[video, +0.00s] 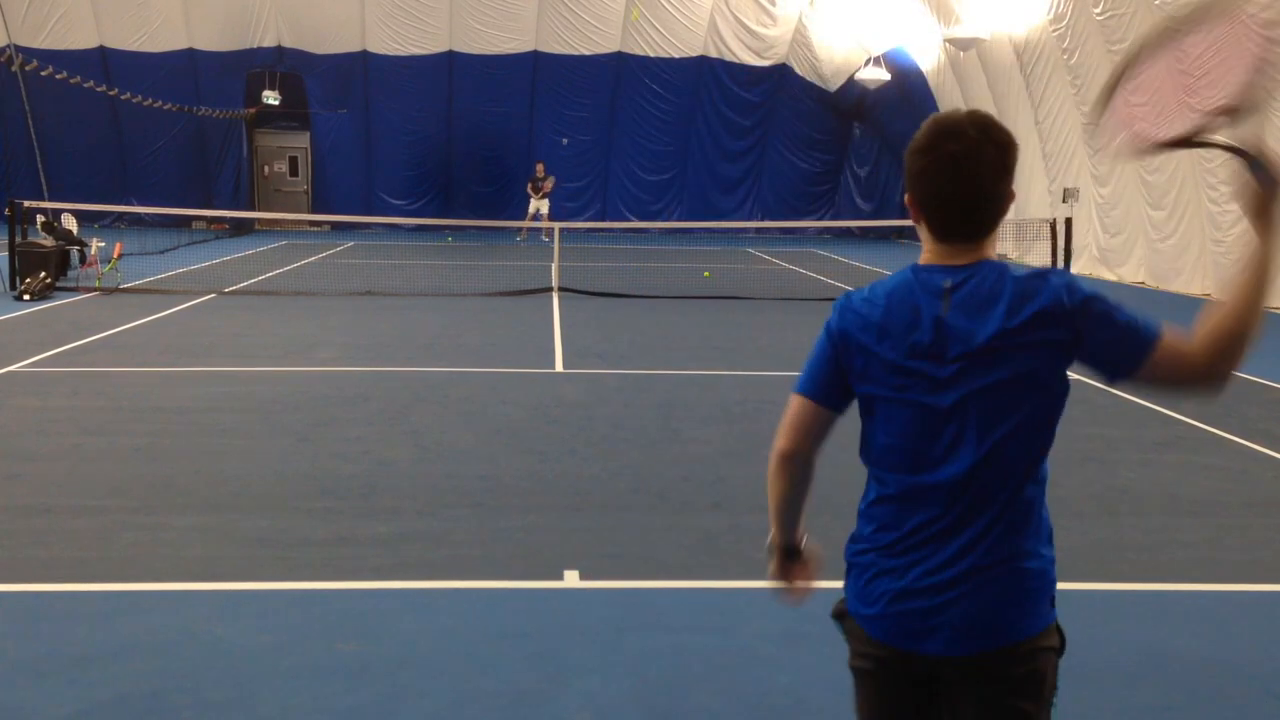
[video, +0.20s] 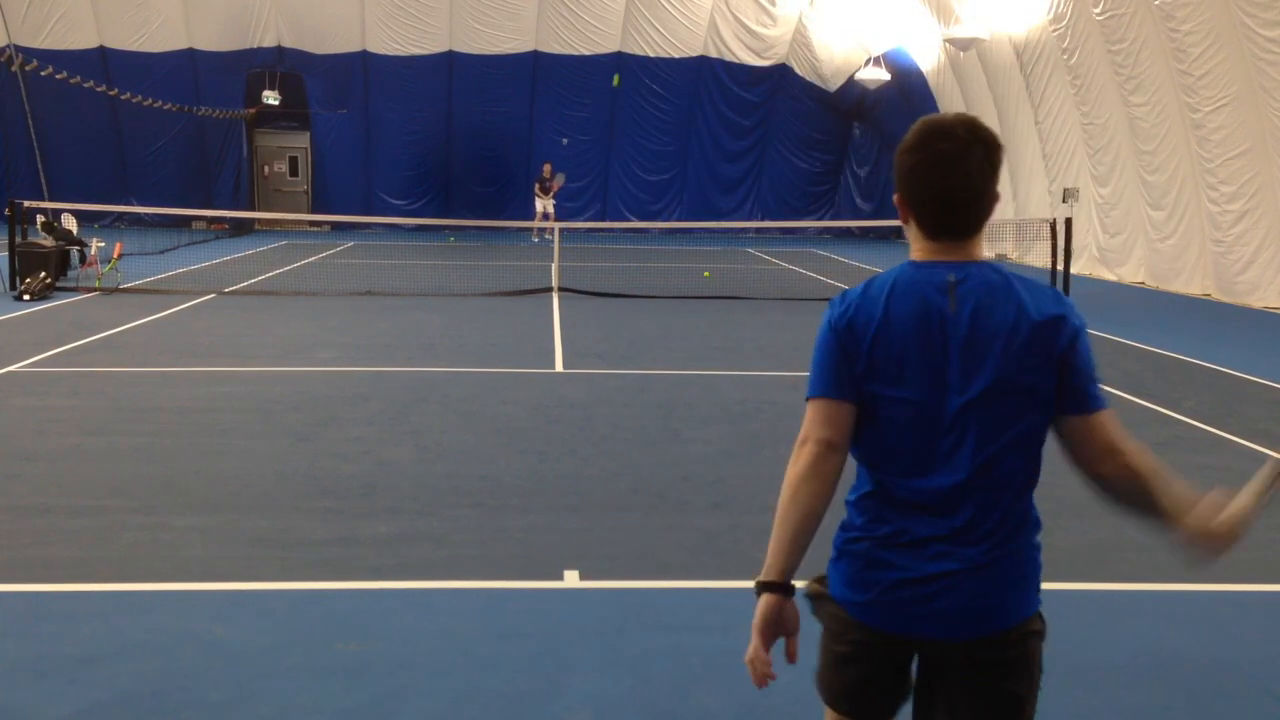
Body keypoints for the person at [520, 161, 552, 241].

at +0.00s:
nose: (539, 169)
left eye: (541, 167)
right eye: (538, 167)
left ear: (543, 168)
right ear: (536, 168)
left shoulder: (547, 179)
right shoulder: (532, 178)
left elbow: (549, 187)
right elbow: (528, 189)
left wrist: (543, 191)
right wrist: (534, 196)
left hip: (544, 200)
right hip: (534, 200)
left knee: (545, 217)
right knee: (529, 217)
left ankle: (545, 235)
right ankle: (523, 234)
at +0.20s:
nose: (547, 169)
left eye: (548, 167)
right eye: (546, 167)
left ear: (551, 169)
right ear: (543, 169)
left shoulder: (552, 178)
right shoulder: (539, 178)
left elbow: (554, 188)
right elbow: (536, 190)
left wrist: (550, 196)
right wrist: (544, 197)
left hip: (548, 198)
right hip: (539, 198)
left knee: (552, 216)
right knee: (539, 215)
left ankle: (548, 233)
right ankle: (535, 233)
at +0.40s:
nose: (557, 173)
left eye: (558, 171)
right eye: (555, 171)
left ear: (559, 173)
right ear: (552, 172)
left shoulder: (557, 183)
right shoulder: (550, 182)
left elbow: (559, 192)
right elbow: (548, 194)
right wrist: (556, 201)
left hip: (553, 202)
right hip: (546, 201)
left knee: (557, 218)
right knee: (554, 215)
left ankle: (552, 235)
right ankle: (545, 231)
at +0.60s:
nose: (568, 179)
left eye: (568, 177)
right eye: (567, 177)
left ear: (563, 177)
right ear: (562, 176)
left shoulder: (558, 184)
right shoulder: (561, 186)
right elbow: (566, 197)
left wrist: (567, 188)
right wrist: (573, 196)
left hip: (548, 203)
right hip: (551, 204)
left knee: (557, 219)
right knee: (563, 218)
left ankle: (551, 235)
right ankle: (561, 236)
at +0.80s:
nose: (572, 181)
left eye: (572, 179)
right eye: (571, 179)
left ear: (570, 179)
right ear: (567, 178)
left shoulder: (562, 184)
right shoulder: (564, 184)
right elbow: (569, 196)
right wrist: (576, 205)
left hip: (554, 204)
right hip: (555, 204)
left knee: (560, 220)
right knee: (566, 217)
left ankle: (551, 235)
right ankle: (563, 236)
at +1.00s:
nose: (572, 174)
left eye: (572, 173)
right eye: (571, 172)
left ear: (572, 173)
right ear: (568, 171)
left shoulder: (567, 180)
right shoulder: (561, 175)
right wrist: (549, 159)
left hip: (564, 200)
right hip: (558, 199)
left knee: (565, 218)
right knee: (564, 216)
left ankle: (554, 231)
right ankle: (562, 235)